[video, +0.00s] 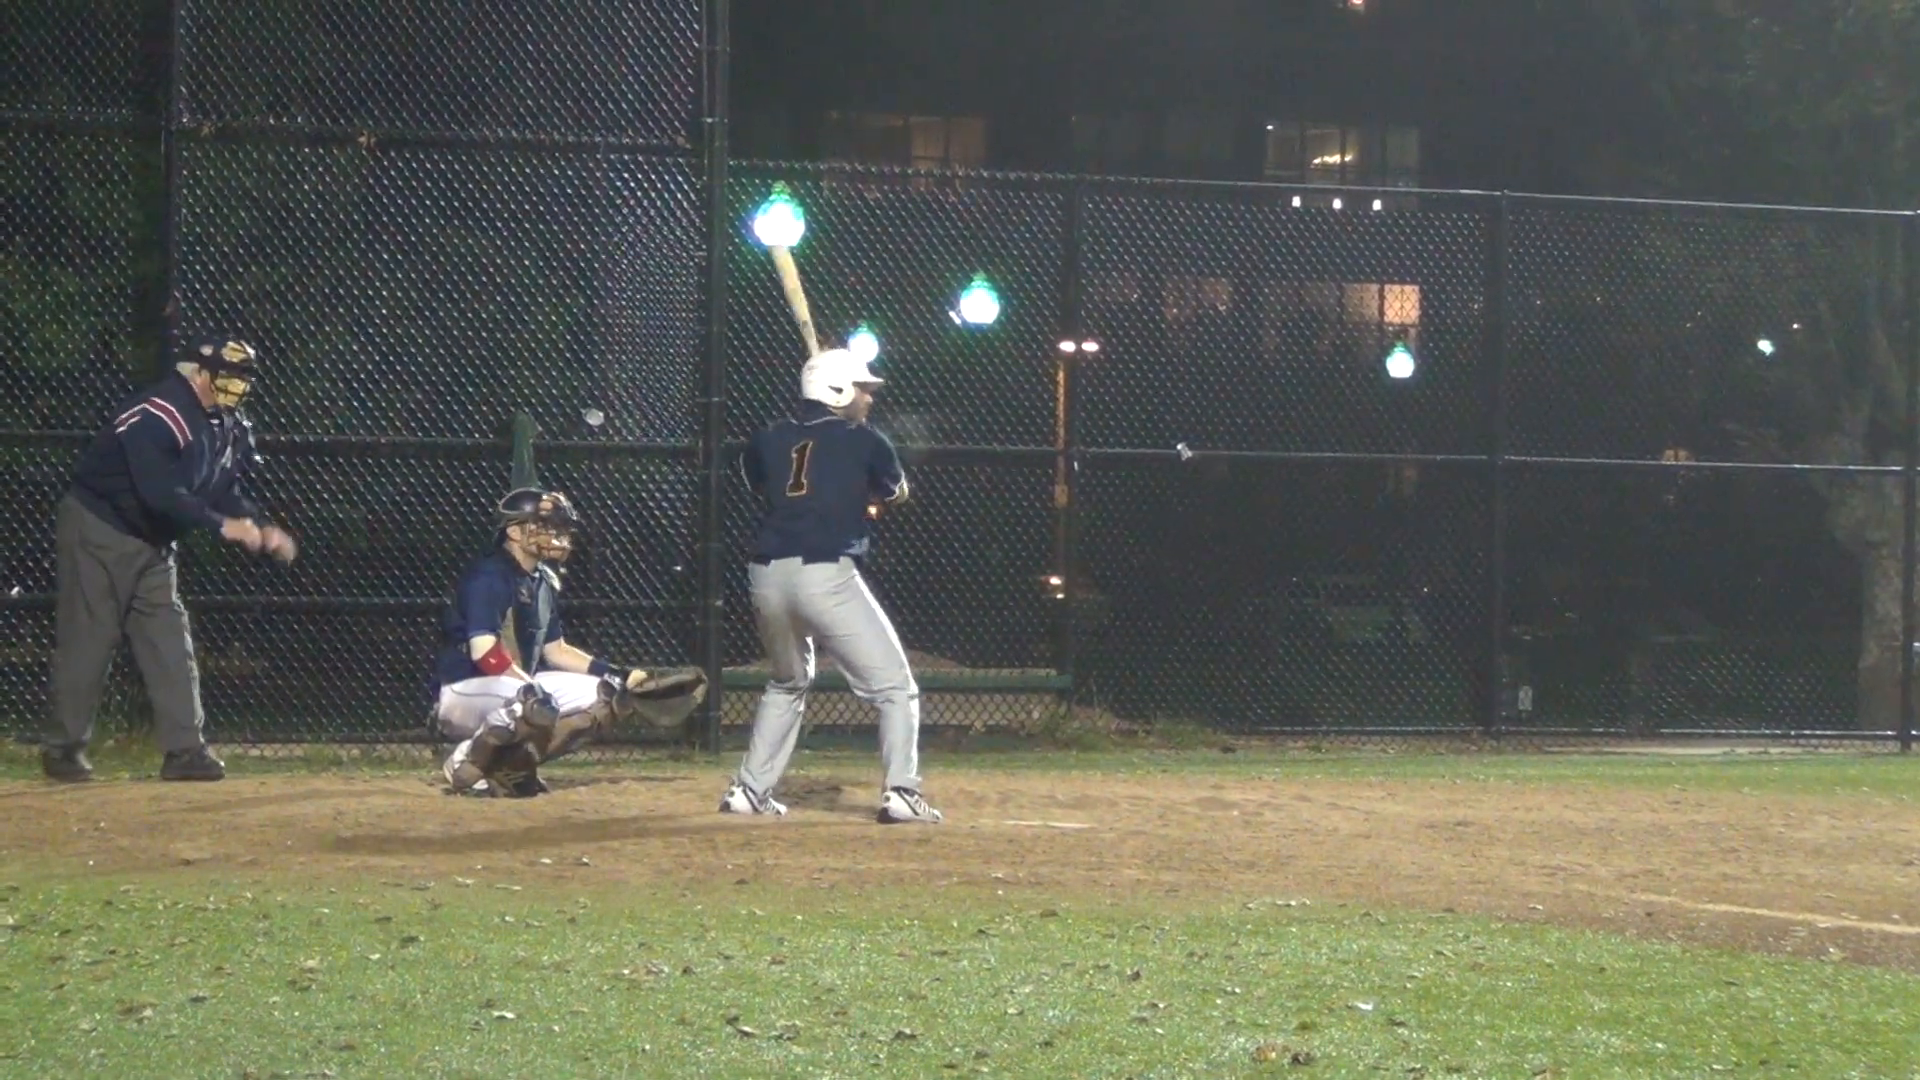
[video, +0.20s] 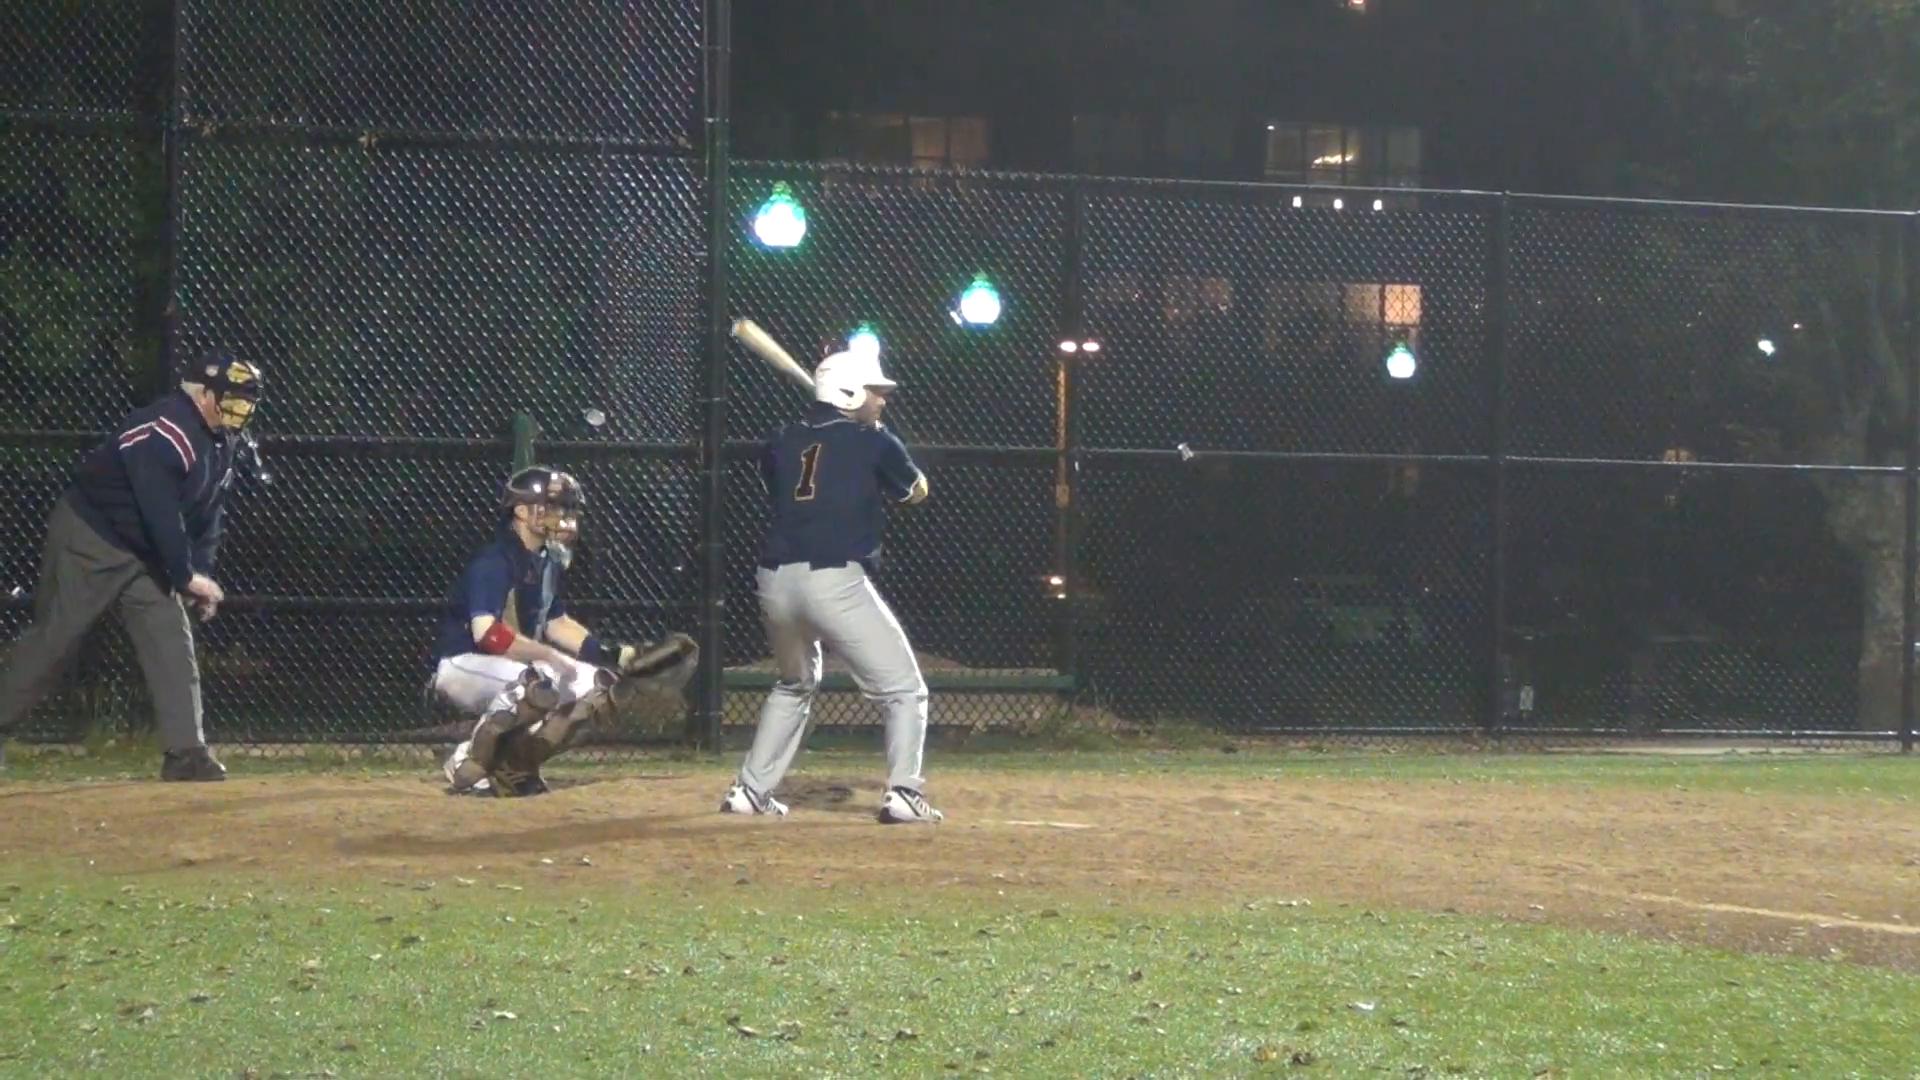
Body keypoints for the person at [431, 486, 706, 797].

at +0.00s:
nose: (552, 536)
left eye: (554, 529)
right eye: (542, 527)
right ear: (514, 533)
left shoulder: (540, 580)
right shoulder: (487, 576)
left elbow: (556, 650)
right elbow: (485, 653)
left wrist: (619, 675)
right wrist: (535, 693)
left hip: (515, 683)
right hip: (463, 691)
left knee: (606, 694)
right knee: (536, 705)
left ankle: (512, 766)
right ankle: (465, 767)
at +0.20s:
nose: (562, 518)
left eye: (564, 510)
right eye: (552, 509)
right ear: (523, 512)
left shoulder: (547, 562)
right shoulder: (494, 560)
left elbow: (555, 623)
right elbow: (487, 634)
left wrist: (615, 656)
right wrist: (546, 655)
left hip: (519, 661)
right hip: (463, 664)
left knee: (599, 685)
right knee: (538, 684)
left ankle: (516, 766)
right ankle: (467, 767)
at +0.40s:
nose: (567, 483)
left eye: (569, 475)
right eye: (557, 474)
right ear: (528, 477)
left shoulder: (555, 521)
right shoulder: (495, 522)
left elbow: (558, 575)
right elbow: (499, 601)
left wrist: (603, 606)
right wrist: (565, 614)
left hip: (521, 621)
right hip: (465, 625)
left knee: (598, 653)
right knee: (536, 660)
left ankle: (542, 751)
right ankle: (483, 760)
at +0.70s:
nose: (578, 537)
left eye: (580, 529)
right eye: (568, 529)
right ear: (537, 531)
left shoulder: (569, 571)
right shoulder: (506, 573)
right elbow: (528, 640)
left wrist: (601, 613)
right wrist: (594, 627)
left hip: (536, 667)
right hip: (473, 675)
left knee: (624, 664)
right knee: (534, 686)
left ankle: (585, 763)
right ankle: (484, 771)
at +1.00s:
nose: (590, 550)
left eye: (592, 543)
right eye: (580, 543)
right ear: (551, 546)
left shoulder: (587, 589)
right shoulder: (519, 584)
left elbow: (601, 634)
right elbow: (514, 646)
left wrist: (634, 638)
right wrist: (587, 643)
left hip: (554, 682)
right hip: (488, 690)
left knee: (638, 675)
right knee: (544, 682)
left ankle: (586, 764)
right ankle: (491, 773)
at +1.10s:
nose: (594, 552)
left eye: (596, 544)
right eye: (585, 544)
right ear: (555, 547)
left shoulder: (589, 593)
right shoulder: (521, 585)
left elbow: (627, 639)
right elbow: (502, 649)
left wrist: (657, 642)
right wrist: (563, 654)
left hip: (559, 686)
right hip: (492, 690)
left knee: (639, 674)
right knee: (551, 681)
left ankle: (589, 762)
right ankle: (492, 772)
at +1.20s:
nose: (599, 554)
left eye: (600, 546)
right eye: (589, 546)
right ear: (560, 550)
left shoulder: (593, 593)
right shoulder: (527, 586)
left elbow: (634, 637)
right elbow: (491, 650)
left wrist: (673, 647)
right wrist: (536, 676)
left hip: (555, 688)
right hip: (496, 691)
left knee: (637, 677)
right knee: (548, 680)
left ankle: (589, 764)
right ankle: (493, 772)